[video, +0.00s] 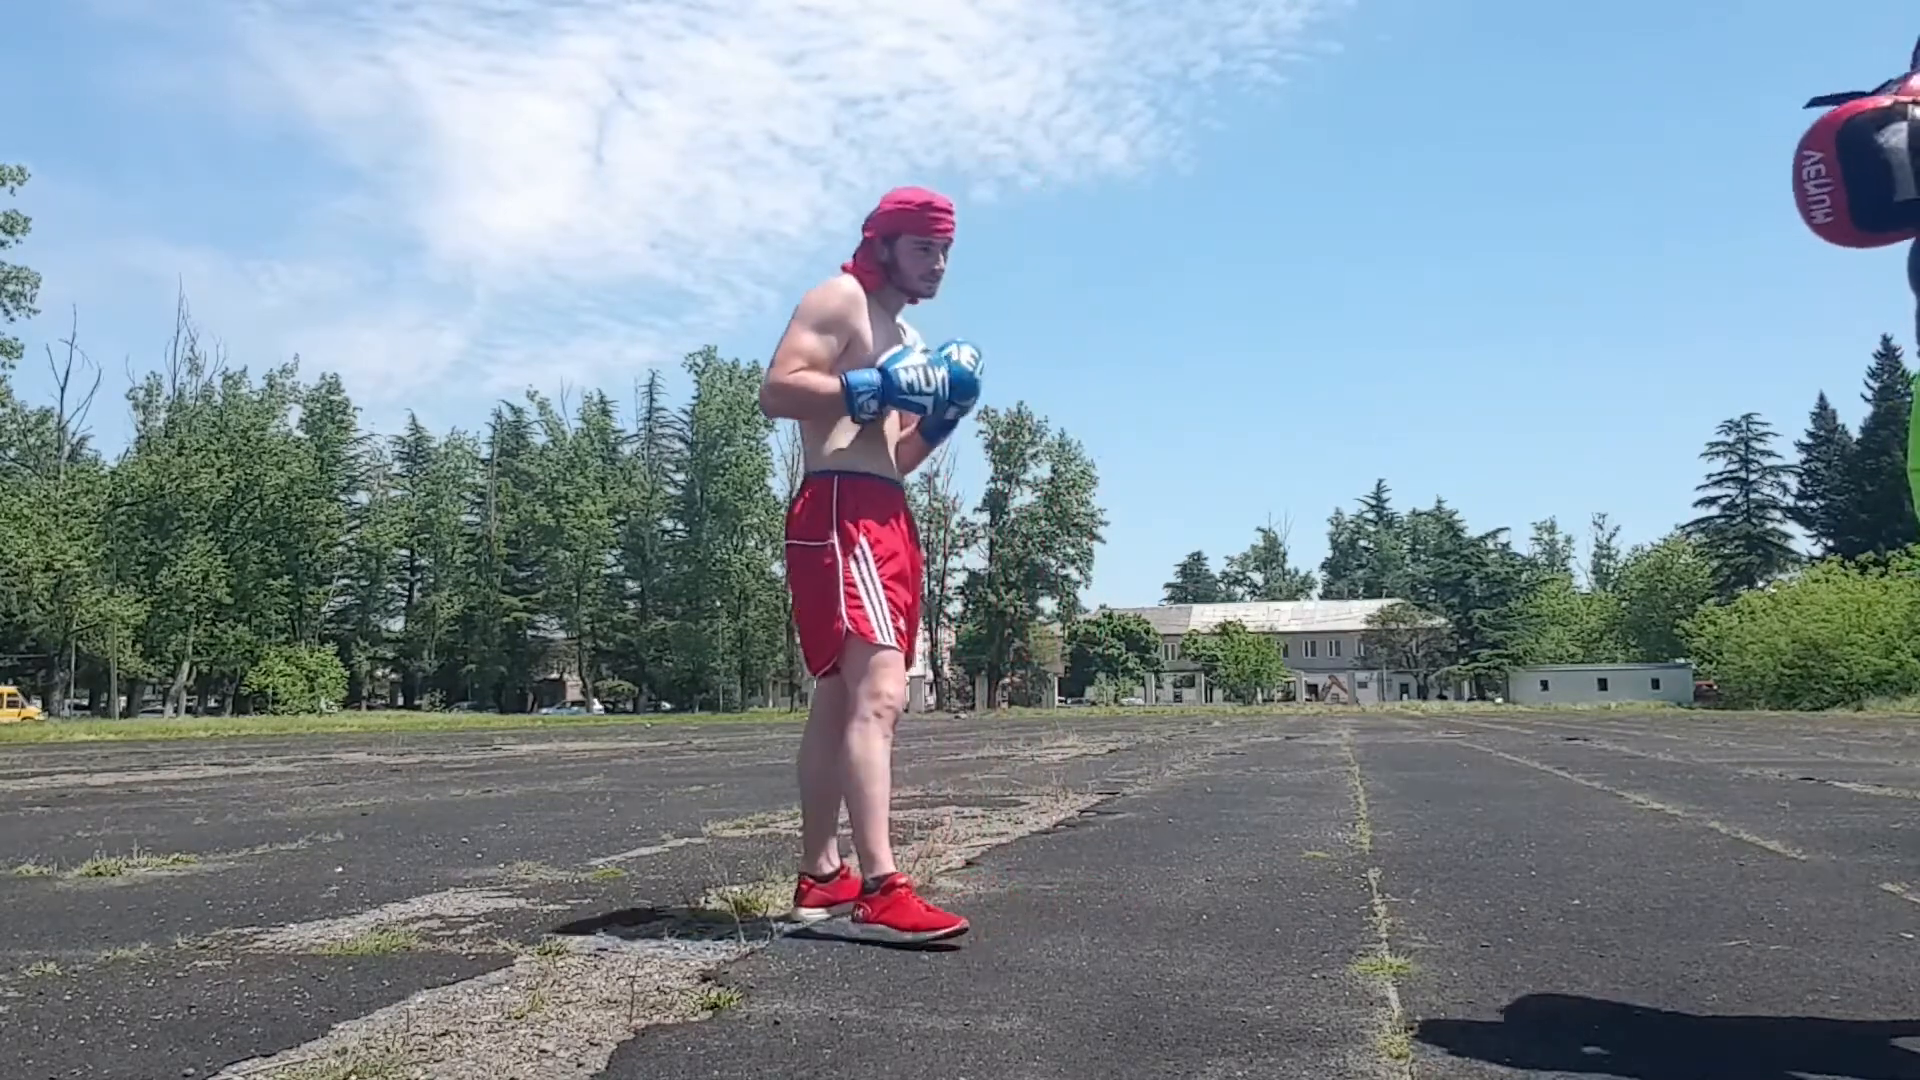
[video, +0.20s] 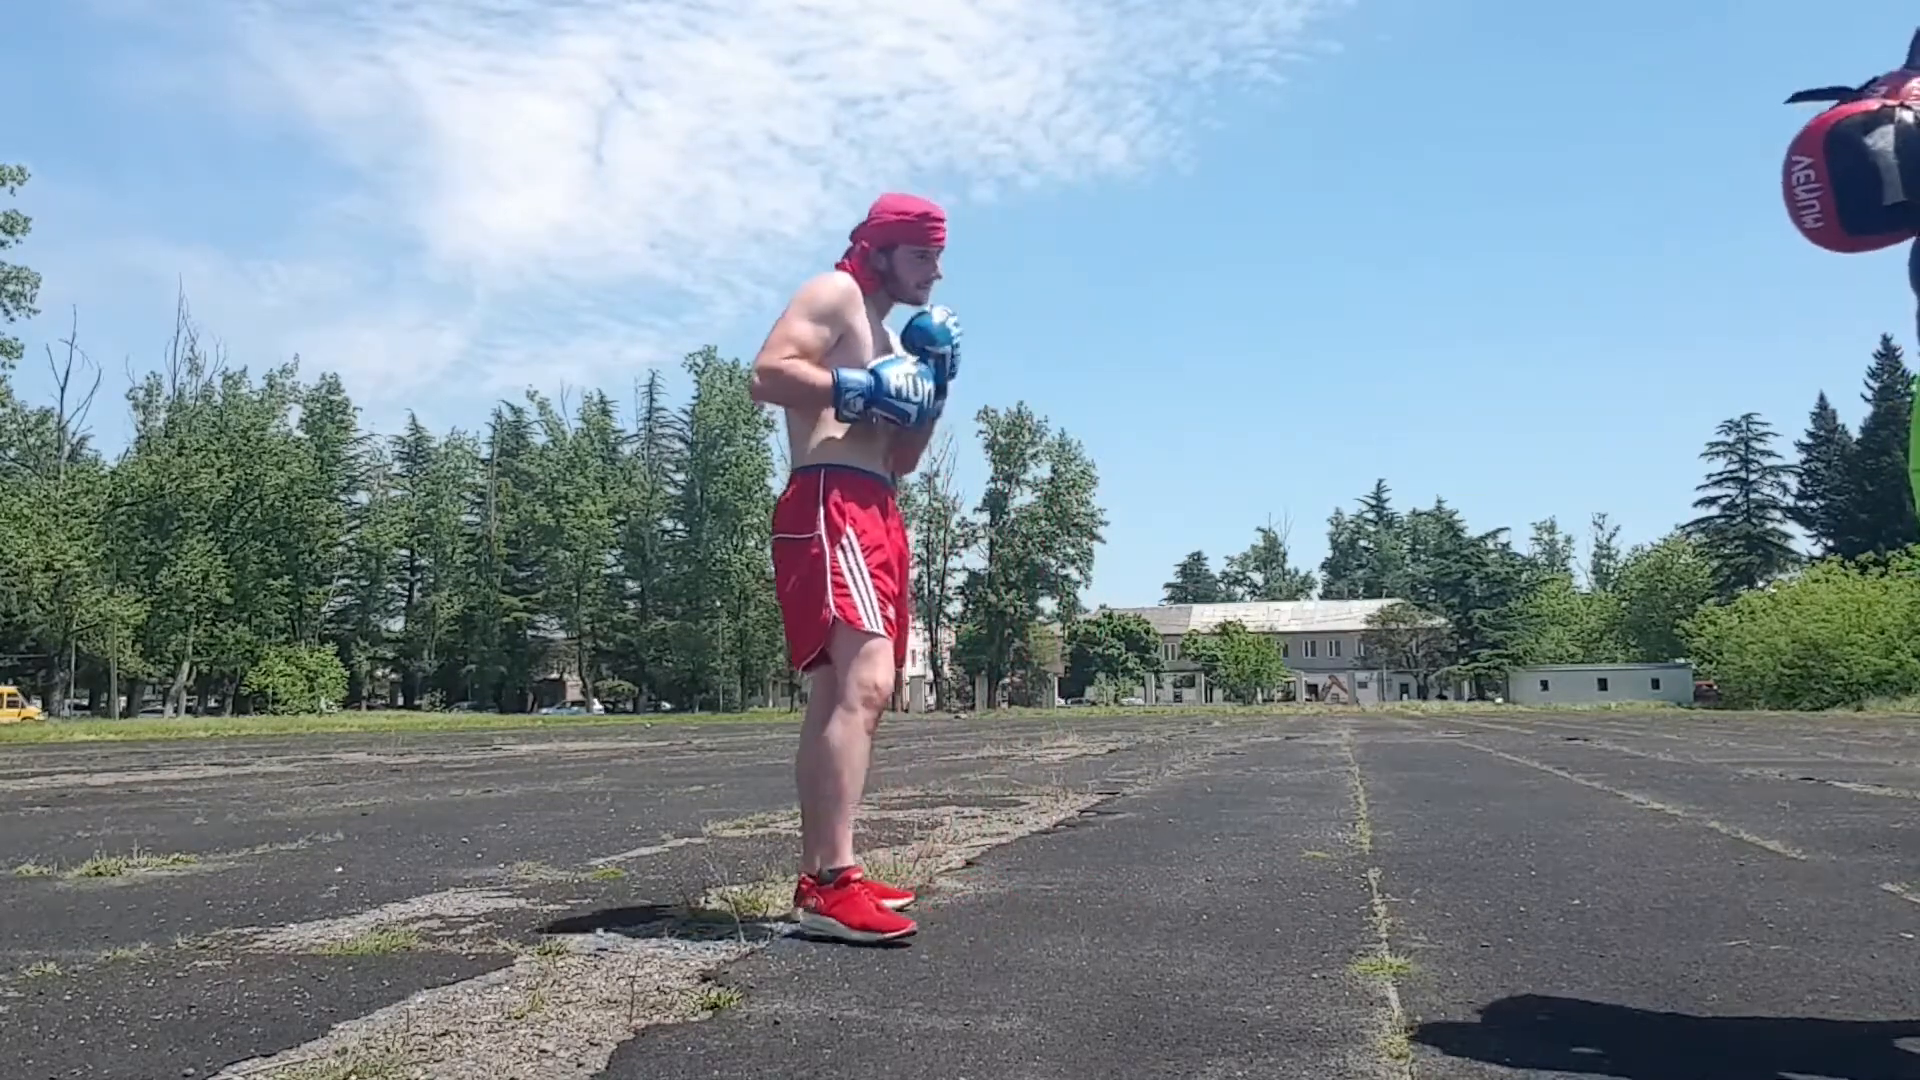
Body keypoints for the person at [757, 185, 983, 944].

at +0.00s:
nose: (938, 264)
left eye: (944, 251)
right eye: (925, 249)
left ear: (941, 257)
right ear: (880, 245)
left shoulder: (904, 340)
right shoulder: (839, 298)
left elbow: (895, 458)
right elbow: (777, 388)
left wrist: (941, 418)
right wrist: (861, 392)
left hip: (884, 513)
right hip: (842, 509)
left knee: (839, 701)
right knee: (881, 693)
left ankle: (821, 874)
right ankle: (879, 884)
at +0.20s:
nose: (933, 269)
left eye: (937, 257)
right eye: (922, 255)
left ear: (917, 264)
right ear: (878, 252)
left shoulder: (891, 339)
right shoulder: (835, 292)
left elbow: (899, 461)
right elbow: (769, 372)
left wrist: (936, 381)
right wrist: (855, 386)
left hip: (876, 510)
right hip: (830, 503)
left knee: (842, 693)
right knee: (868, 682)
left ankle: (828, 872)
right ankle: (829, 877)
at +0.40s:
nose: (923, 272)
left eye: (927, 260)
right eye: (913, 258)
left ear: (907, 263)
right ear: (870, 251)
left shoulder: (877, 332)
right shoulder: (826, 289)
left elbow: (884, 457)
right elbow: (765, 370)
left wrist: (917, 375)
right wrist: (852, 384)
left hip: (869, 510)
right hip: (822, 505)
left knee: (845, 699)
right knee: (832, 697)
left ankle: (827, 870)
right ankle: (796, 887)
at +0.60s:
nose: (916, 265)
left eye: (921, 252)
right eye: (907, 250)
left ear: (894, 255)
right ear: (862, 241)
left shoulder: (867, 326)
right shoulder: (809, 284)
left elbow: (873, 456)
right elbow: (754, 375)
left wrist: (903, 409)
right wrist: (847, 385)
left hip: (857, 505)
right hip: (807, 499)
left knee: (844, 696)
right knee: (813, 691)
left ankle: (822, 870)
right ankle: (789, 887)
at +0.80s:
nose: (913, 262)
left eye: (919, 248)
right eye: (903, 246)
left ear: (898, 250)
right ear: (857, 237)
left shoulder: (869, 326)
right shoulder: (801, 288)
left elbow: (863, 441)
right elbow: (746, 386)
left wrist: (896, 418)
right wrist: (844, 393)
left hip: (843, 509)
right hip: (790, 506)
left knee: (849, 693)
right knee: (799, 688)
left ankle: (824, 865)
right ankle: (786, 887)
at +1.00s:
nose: (895, 250)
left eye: (901, 237)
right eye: (883, 234)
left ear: (889, 243)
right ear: (836, 227)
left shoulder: (858, 318)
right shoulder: (791, 284)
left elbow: (844, 434)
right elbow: (754, 371)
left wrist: (877, 421)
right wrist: (847, 382)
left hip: (837, 504)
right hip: (785, 502)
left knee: (842, 693)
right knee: (798, 686)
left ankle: (796, 862)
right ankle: (781, 883)